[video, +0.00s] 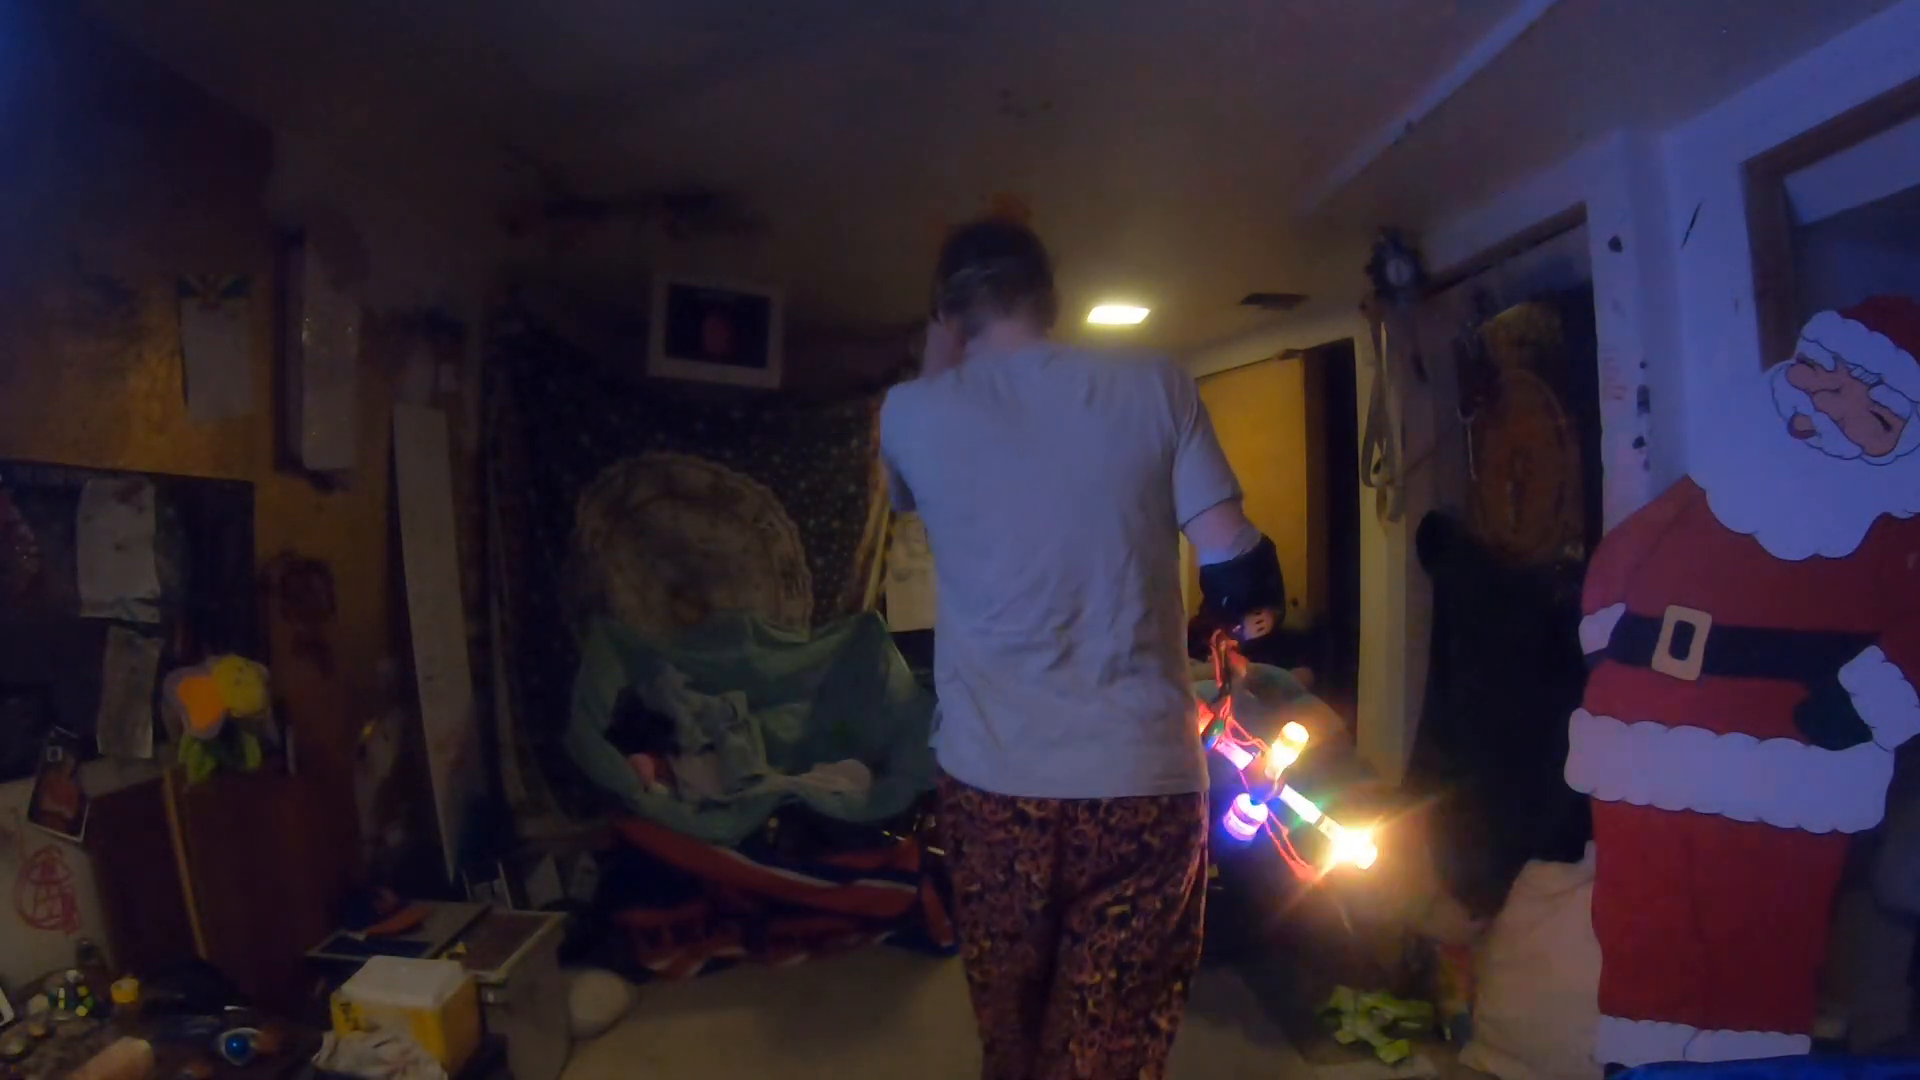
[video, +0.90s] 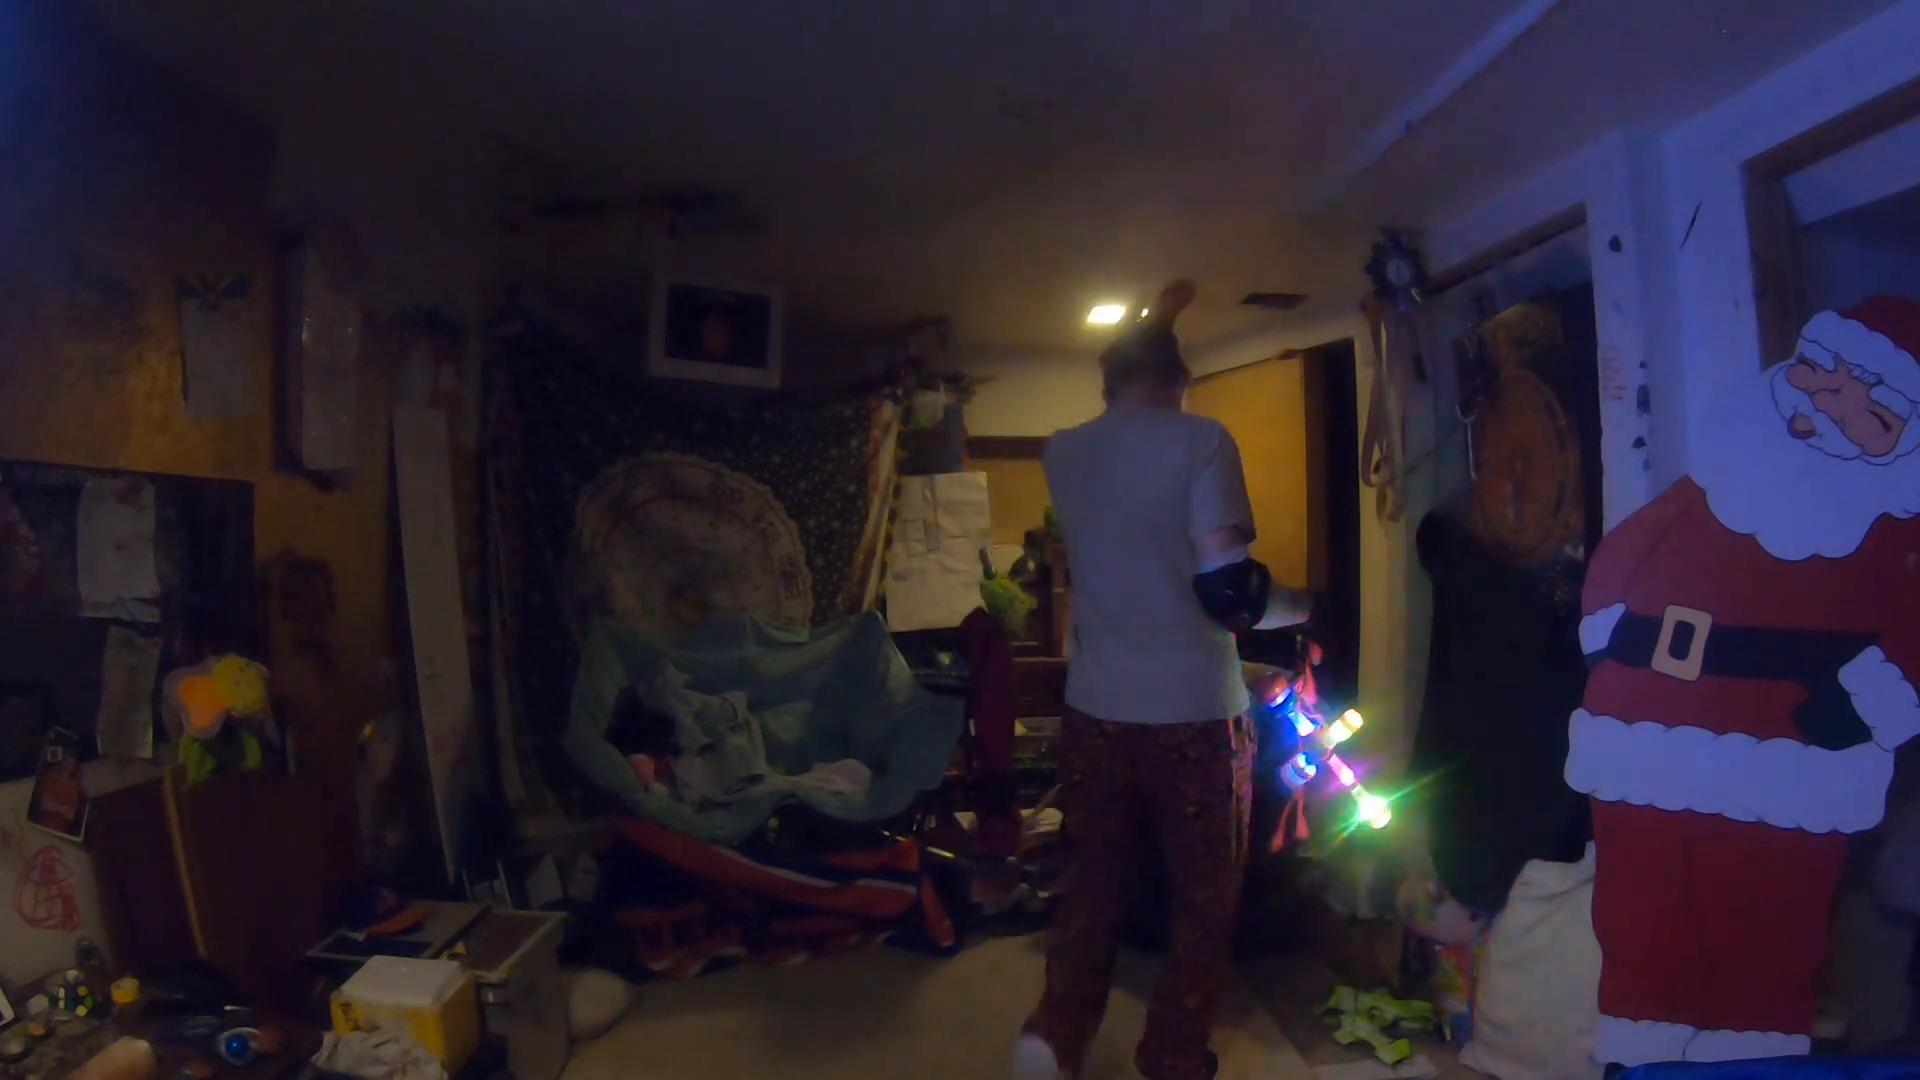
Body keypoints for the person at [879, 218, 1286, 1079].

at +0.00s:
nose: (943, 333)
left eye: (945, 318)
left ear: (951, 317)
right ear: (1052, 302)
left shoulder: (913, 414)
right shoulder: (1153, 386)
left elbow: (907, 491)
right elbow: (1239, 571)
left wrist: (936, 380)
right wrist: (1229, 623)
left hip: (989, 793)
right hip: (1143, 793)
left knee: (1009, 1039)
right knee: (1116, 1044)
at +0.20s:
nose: (954, 380)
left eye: (949, 363)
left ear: (954, 354)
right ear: (1048, 329)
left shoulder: (929, 440)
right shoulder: (1141, 394)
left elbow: (975, 546)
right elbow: (1219, 571)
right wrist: (1244, 598)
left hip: (995, 776)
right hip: (1133, 778)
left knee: (1021, 1020)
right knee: (1142, 1020)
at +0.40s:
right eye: (1072, 327)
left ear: (995, 350)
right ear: (1072, 330)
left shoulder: (963, 436)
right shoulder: (1146, 404)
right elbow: (1197, 577)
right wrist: (1246, 599)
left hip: (1006, 745)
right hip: (1132, 746)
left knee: (1027, 980)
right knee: (1172, 954)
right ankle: (1144, 1069)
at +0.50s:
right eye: (1099, 327)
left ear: (1022, 350)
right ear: (1102, 331)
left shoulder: (986, 427)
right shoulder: (1157, 409)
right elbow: (1192, 579)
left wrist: (1050, 273)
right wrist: (1235, 593)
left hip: (1017, 724)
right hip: (1137, 729)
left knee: (1036, 955)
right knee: (1169, 953)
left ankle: (1030, 1071)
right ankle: (1157, 1070)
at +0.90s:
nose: (1183, 396)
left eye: (1172, 385)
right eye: (1182, 383)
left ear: (1108, 386)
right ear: (1176, 380)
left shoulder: (1066, 452)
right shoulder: (1200, 441)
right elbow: (1227, 592)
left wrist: (1153, 318)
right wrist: (1265, 587)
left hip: (1091, 714)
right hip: (1194, 722)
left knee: (1093, 882)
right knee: (1205, 901)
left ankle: (1051, 1039)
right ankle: (1175, 1061)